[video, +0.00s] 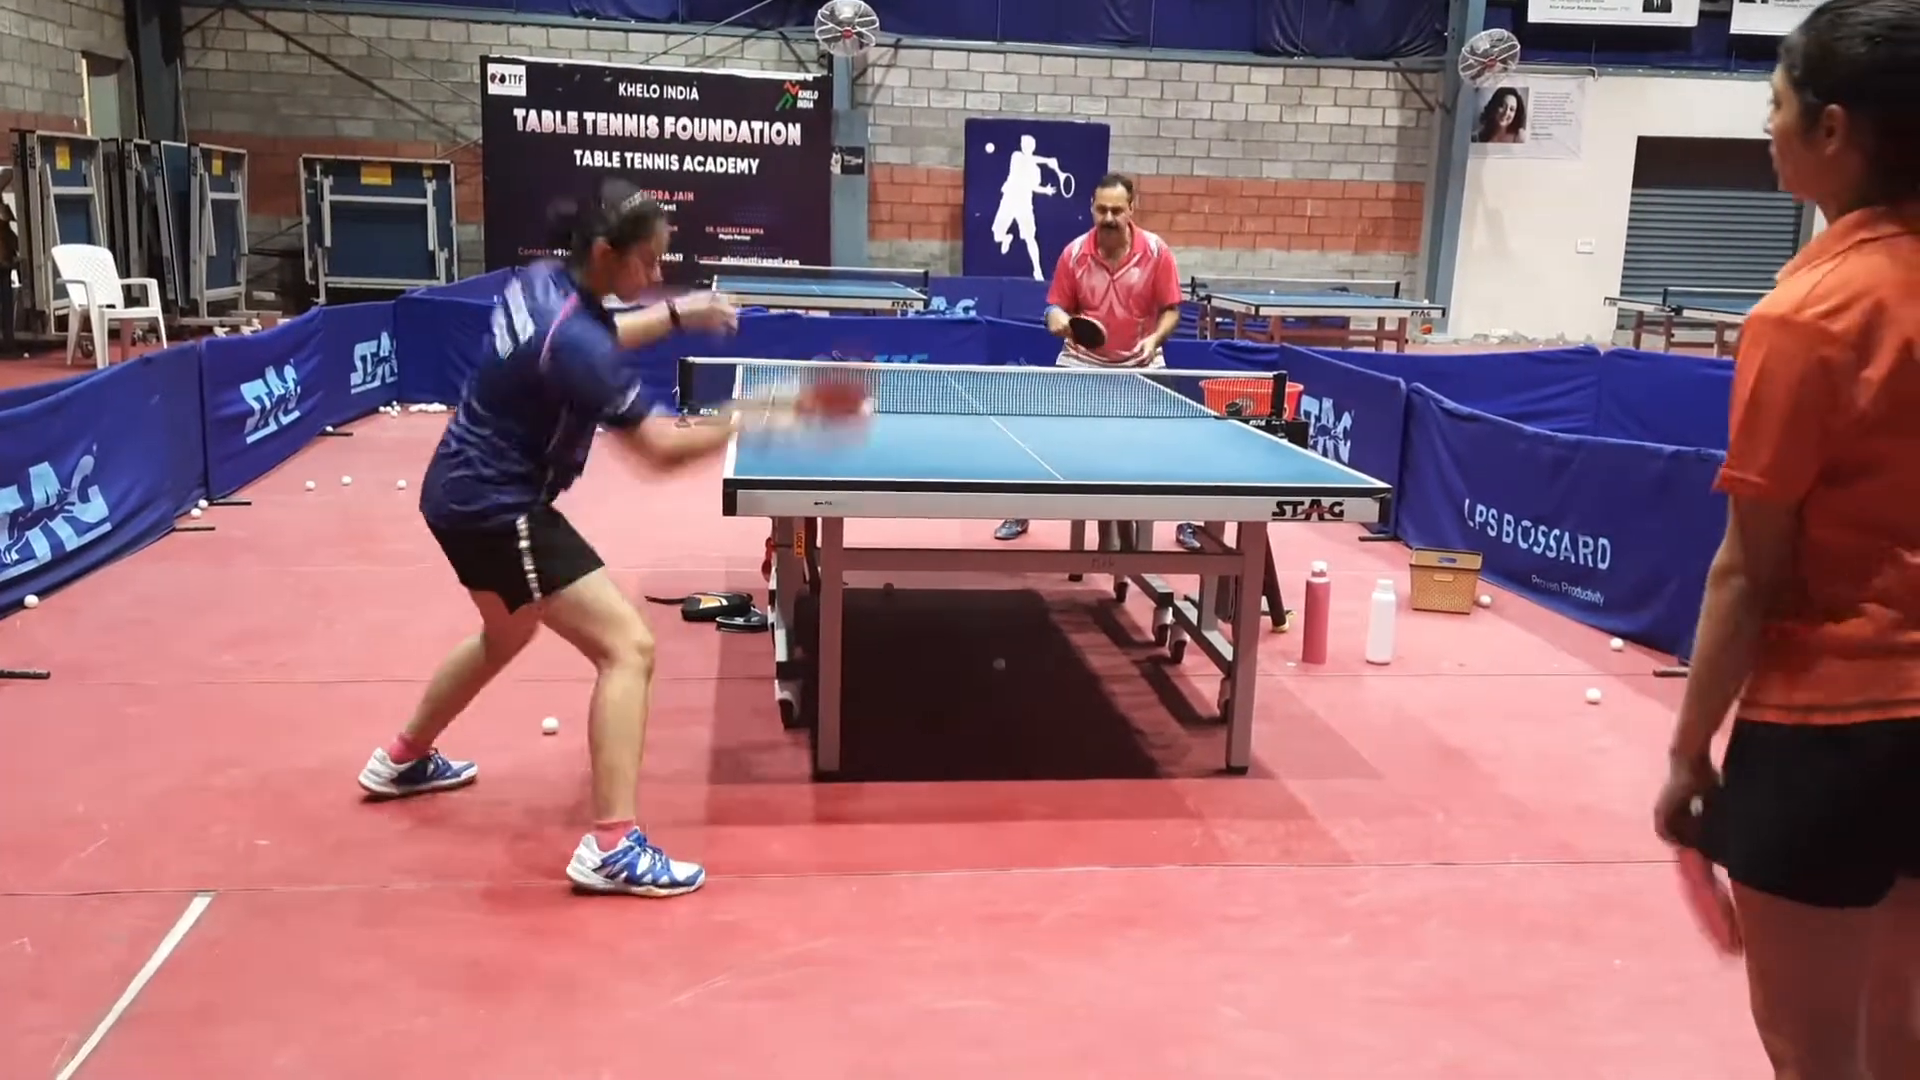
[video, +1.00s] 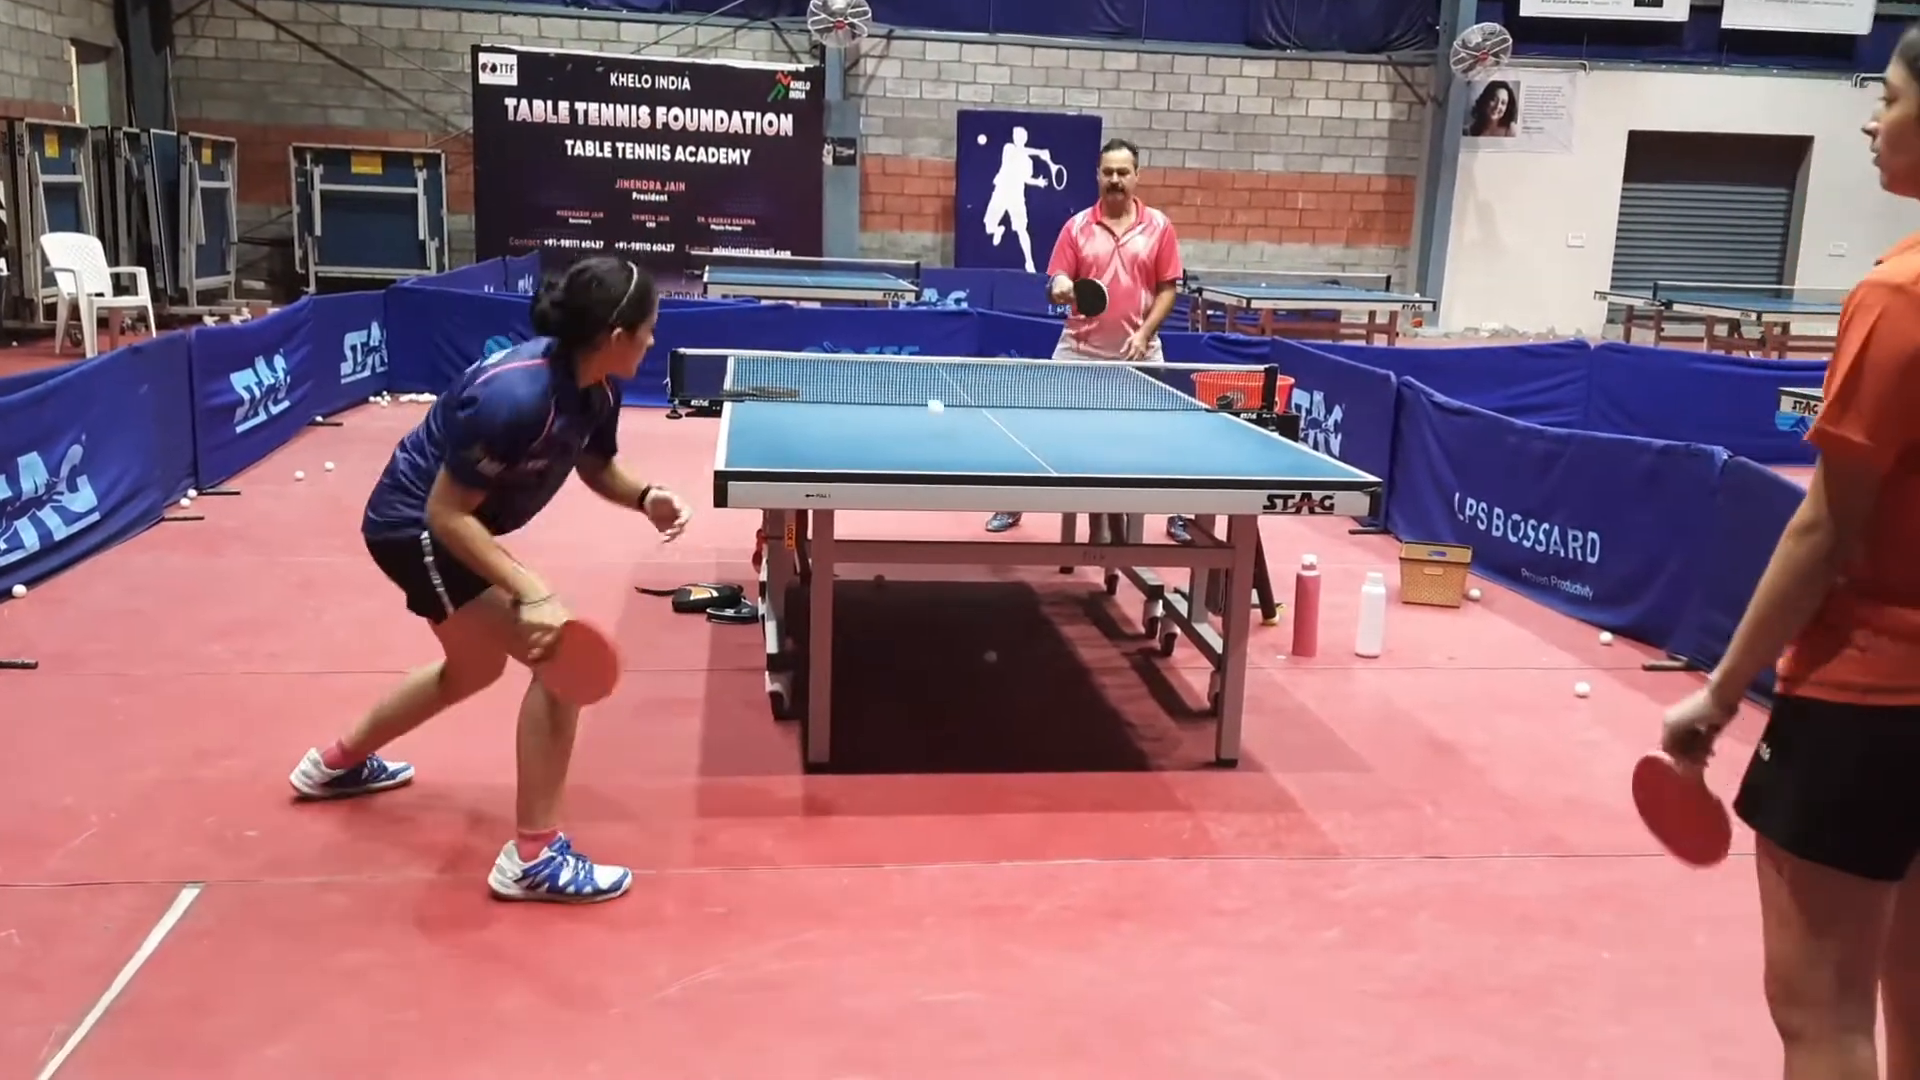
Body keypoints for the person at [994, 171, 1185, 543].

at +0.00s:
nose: (1109, 218)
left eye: (1117, 210)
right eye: (1102, 210)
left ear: (1132, 210)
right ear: (1092, 209)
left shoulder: (1156, 252)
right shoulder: (1074, 253)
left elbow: (1171, 309)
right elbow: (1055, 307)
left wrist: (1154, 338)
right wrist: (1061, 323)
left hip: (1139, 364)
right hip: (1080, 362)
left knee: (1173, 433)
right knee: (1042, 427)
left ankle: (1187, 519)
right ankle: (1020, 510)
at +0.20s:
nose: (1102, 219)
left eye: (1111, 211)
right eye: (1095, 210)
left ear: (1126, 209)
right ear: (1086, 207)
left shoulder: (1150, 251)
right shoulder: (1068, 253)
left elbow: (1165, 308)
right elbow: (1053, 310)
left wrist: (1148, 342)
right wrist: (1038, 323)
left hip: (1135, 362)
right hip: (1076, 358)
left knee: (1167, 431)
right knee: (1038, 424)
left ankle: (1184, 517)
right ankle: (1017, 508)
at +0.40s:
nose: (1107, 230)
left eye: (1114, 223)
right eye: (1100, 222)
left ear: (1126, 215)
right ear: (1088, 214)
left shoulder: (1148, 250)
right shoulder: (1067, 253)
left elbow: (1156, 304)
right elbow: (1053, 312)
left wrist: (1146, 345)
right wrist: (1066, 326)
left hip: (1125, 357)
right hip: (1068, 354)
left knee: (1156, 426)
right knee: (1033, 419)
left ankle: (1184, 514)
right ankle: (1014, 506)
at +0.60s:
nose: (1116, 218)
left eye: (1123, 210)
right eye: (1108, 210)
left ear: (1134, 207)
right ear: (1096, 207)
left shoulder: (1151, 246)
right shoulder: (1075, 247)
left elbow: (1153, 302)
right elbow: (1061, 311)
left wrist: (1142, 349)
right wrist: (1074, 294)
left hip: (1123, 354)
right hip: (1067, 351)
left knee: (1143, 429)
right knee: (1035, 420)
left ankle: (1181, 513)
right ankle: (1013, 505)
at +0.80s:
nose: (1116, 175)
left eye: (1124, 168)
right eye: (1109, 167)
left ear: (1137, 173)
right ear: (1099, 171)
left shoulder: (1158, 225)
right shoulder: (1078, 223)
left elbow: (1164, 287)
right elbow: (1061, 287)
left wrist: (1142, 335)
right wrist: (1069, 289)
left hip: (1133, 347)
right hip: (1075, 344)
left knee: (1146, 434)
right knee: (1038, 418)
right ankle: (1013, 502)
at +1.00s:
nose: (1115, 180)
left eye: (1123, 173)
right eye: (1108, 172)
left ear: (1136, 177)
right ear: (1098, 175)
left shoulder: (1158, 227)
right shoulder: (1077, 226)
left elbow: (1168, 288)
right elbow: (1057, 282)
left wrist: (1145, 332)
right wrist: (1062, 290)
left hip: (1139, 349)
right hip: (1078, 347)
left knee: (1166, 427)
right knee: (1039, 417)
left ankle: (1181, 511)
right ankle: (1013, 501)